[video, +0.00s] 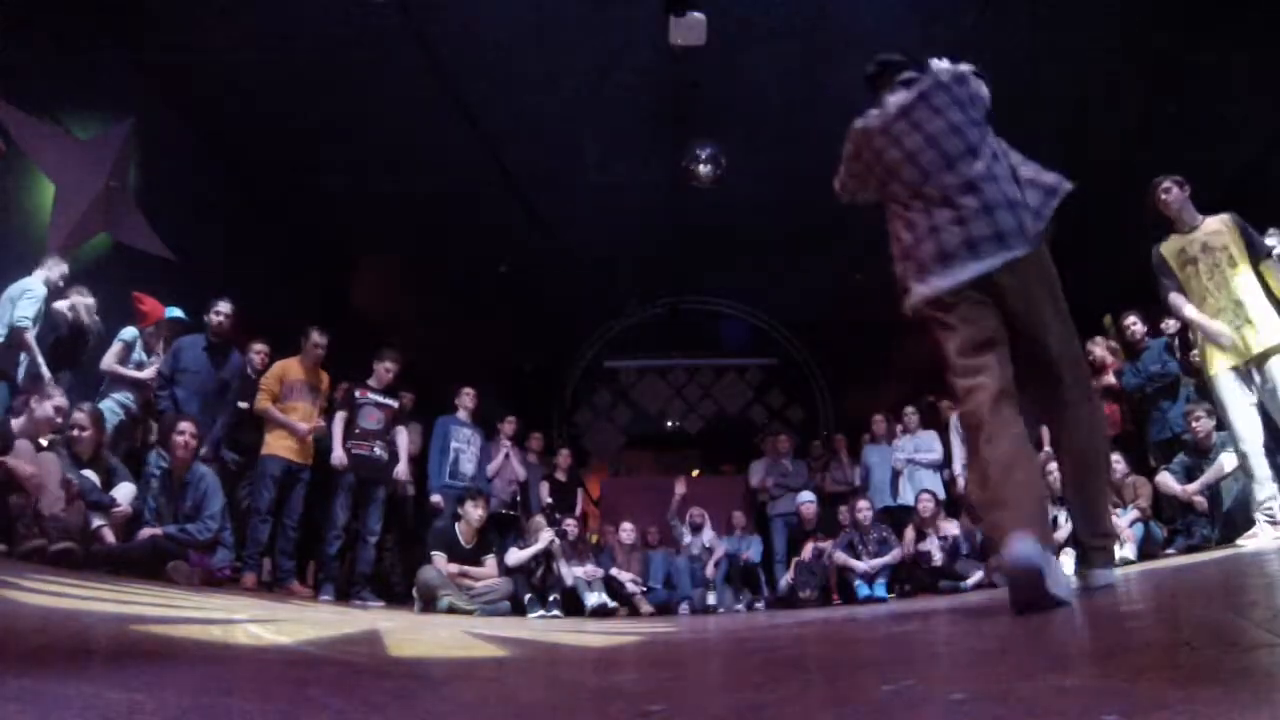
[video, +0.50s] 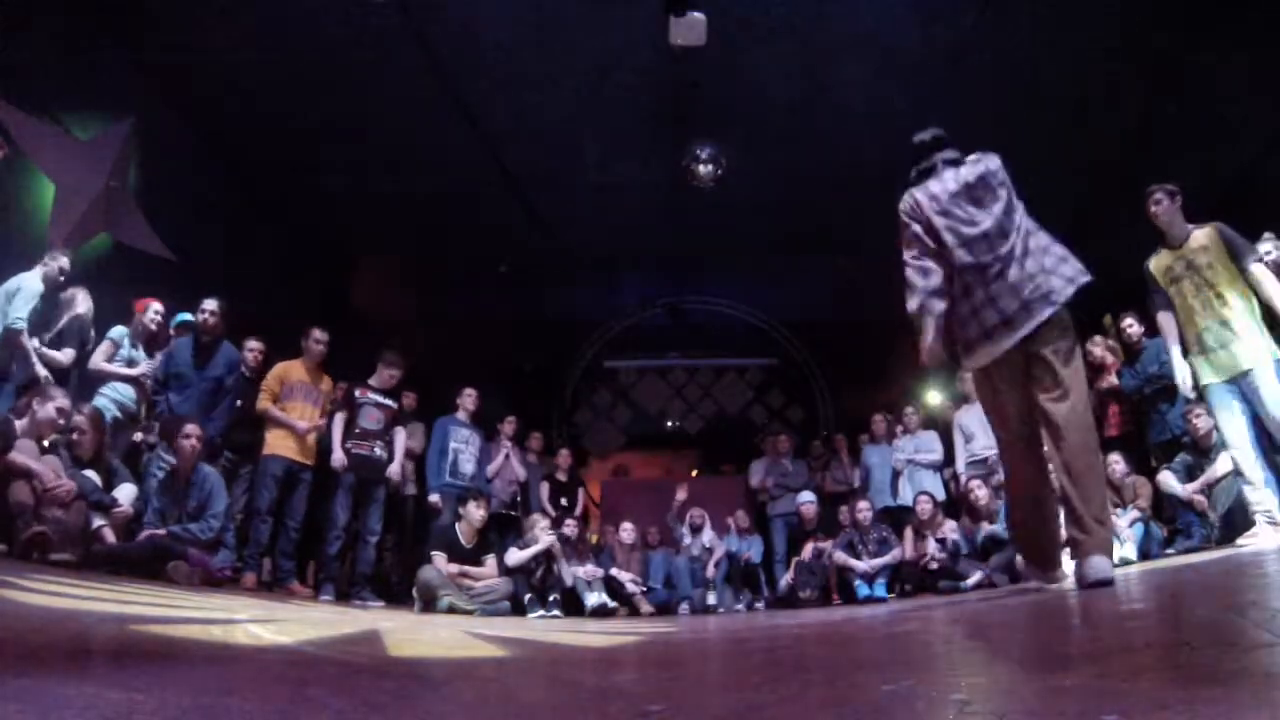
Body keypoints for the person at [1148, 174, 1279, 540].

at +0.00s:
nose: (1164, 197)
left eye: (1168, 190)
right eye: (1158, 196)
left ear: (1186, 191)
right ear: (1159, 209)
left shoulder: (1230, 223)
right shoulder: (1164, 251)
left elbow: (1268, 263)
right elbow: (1175, 300)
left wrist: (1277, 303)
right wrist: (1210, 326)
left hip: (1263, 333)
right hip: (1218, 350)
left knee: (1278, 419)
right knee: (1247, 436)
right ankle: (1268, 517)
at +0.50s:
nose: (1153, 209)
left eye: (1158, 202)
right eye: (1150, 206)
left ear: (1177, 202)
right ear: (1150, 216)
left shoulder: (1215, 234)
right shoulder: (1156, 265)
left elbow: (1259, 275)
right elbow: (1165, 314)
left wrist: (1279, 311)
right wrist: (1177, 360)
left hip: (1250, 347)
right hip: (1208, 364)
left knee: (1276, 423)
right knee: (1238, 445)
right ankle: (1266, 516)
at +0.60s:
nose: (1148, 213)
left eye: (1153, 204)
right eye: (1144, 210)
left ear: (1171, 204)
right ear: (1144, 219)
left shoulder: (1206, 233)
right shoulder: (1154, 268)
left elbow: (1243, 278)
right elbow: (1162, 322)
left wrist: (1263, 326)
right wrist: (1171, 373)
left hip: (1244, 348)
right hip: (1205, 366)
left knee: (1276, 426)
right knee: (1237, 445)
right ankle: (1267, 509)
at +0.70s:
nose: (1145, 218)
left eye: (1149, 209)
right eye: (1141, 215)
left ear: (1166, 207)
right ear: (1141, 226)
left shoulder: (1200, 234)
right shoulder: (1156, 273)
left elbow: (1226, 286)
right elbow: (1164, 331)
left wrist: (1225, 347)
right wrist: (1167, 390)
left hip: (1242, 351)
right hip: (1204, 370)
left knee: (1274, 435)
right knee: (1237, 452)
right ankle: (1268, 513)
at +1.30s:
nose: (1147, 220)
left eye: (1148, 213)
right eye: (1140, 221)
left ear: (1161, 214)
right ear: (1139, 235)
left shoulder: (1198, 227)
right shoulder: (1158, 279)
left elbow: (1233, 261)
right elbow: (1177, 330)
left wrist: (1254, 307)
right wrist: (1190, 379)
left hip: (1248, 331)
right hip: (1211, 355)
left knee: (1276, 411)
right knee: (1244, 436)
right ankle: (1267, 516)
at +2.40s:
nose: (1147, 218)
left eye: (1150, 211)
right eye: (1140, 218)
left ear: (1165, 214)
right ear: (1139, 233)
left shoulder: (1198, 234)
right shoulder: (1162, 280)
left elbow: (1248, 275)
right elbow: (1188, 320)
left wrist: (1275, 326)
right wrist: (1192, 355)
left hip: (1241, 346)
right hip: (1204, 364)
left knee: (1270, 434)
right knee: (1219, 441)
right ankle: (1265, 515)